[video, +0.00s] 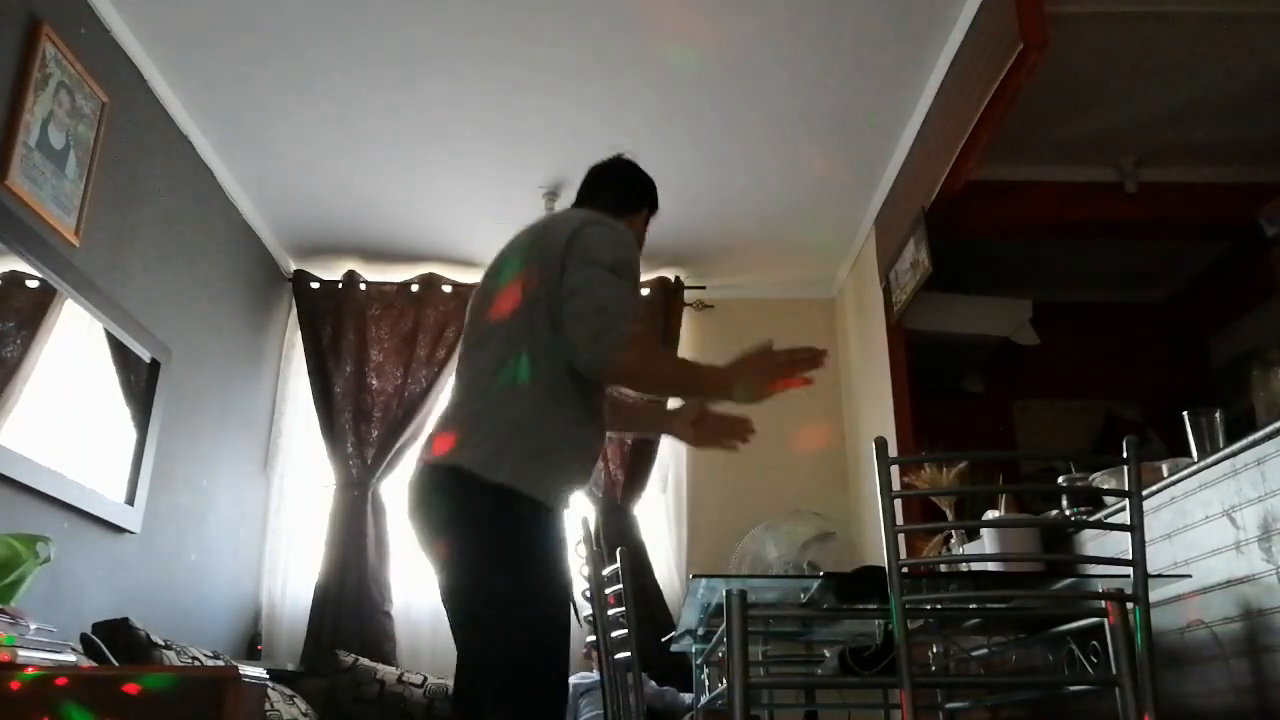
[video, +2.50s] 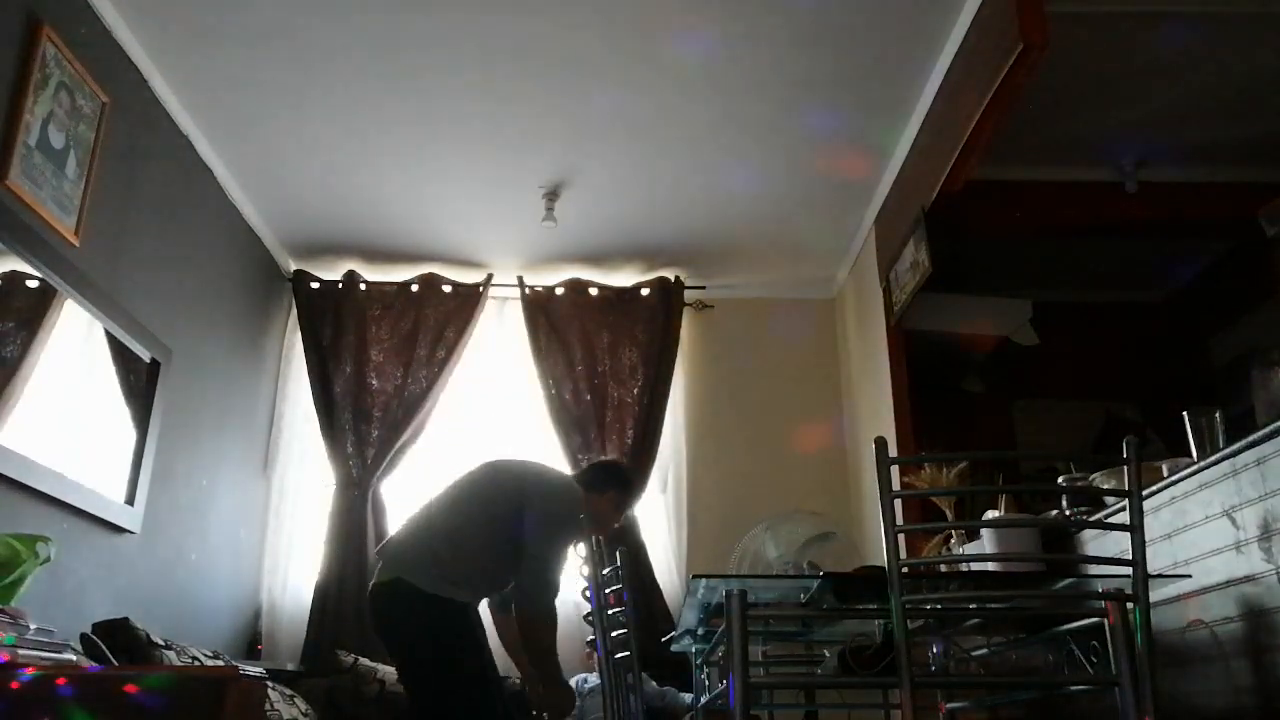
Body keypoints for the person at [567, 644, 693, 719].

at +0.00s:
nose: (604, 655)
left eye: (609, 649)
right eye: (598, 650)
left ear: (618, 651)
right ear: (590, 655)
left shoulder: (635, 679)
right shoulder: (577, 683)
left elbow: (667, 698)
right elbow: (569, 716)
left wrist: (701, 699)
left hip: (630, 716)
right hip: (592, 716)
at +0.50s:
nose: (607, 654)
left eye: (613, 649)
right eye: (601, 650)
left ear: (621, 651)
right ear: (589, 656)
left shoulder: (637, 680)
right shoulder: (579, 684)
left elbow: (668, 700)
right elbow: (562, 715)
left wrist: (702, 699)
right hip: (593, 714)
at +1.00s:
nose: (605, 655)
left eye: (611, 649)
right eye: (599, 650)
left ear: (621, 652)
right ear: (591, 656)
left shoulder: (636, 679)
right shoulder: (578, 683)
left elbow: (670, 700)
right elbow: (562, 716)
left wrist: (702, 699)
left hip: (632, 715)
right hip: (593, 716)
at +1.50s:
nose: (603, 654)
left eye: (607, 649)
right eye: (598, 650)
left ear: (616, 652)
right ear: (590, 656)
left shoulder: (636, 680)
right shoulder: (577, 685)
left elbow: (665, 698)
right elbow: (561, 715)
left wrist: (697, 700)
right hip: (593, 715)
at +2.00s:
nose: (602, 655)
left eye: (606, 649)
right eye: (597, 650)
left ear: (617, 651)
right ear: (591, 656)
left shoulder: (636, 680)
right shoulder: (578, 685)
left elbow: (666, 698)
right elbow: (561, 715)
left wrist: (698, 699)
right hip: (593, 715)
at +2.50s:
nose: (607, 657)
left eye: (612, 651)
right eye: (602, 652)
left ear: (621, 652)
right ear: (590, 656)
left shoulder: (635, 679)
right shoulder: (580, 683)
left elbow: (662, 697)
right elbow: (569, 713)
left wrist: (696, 701)